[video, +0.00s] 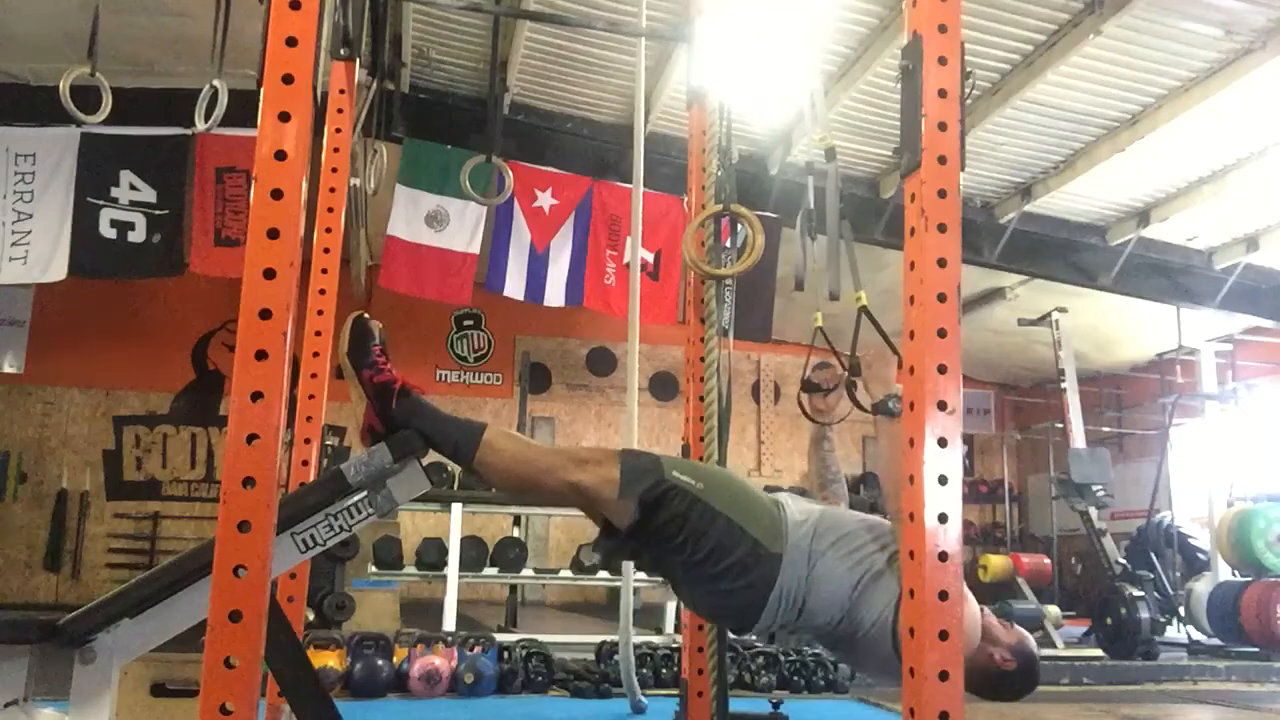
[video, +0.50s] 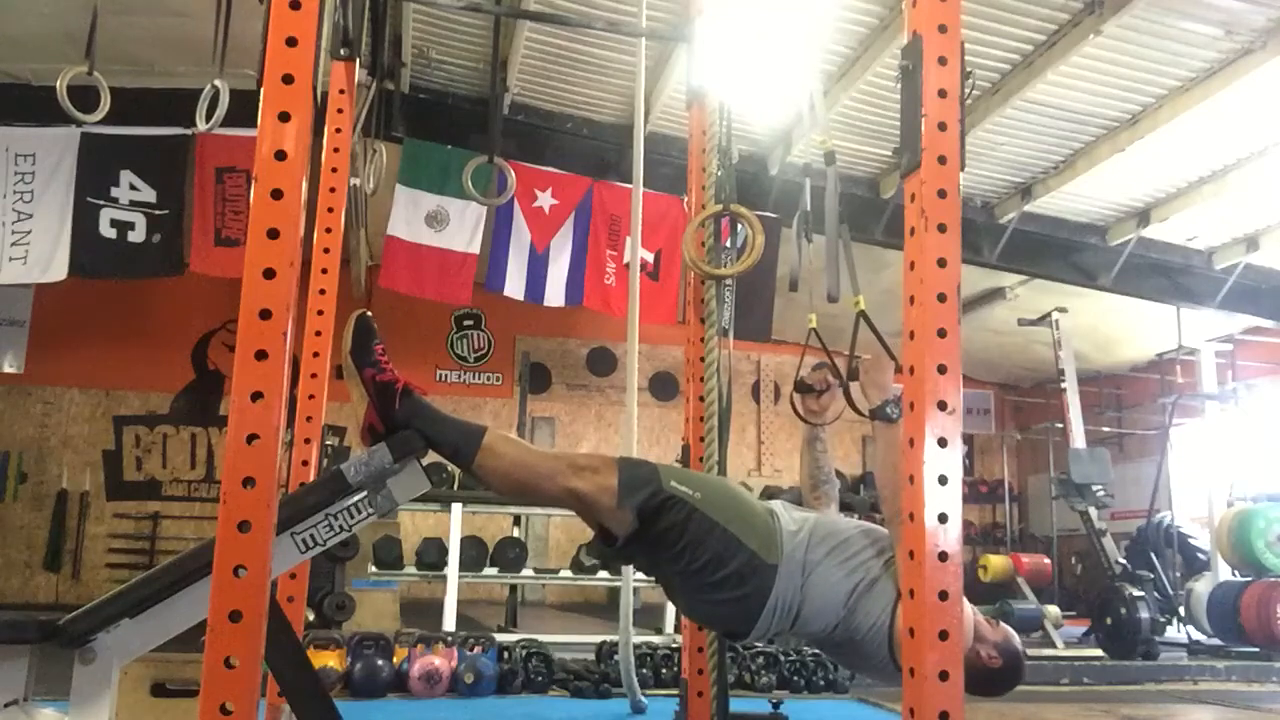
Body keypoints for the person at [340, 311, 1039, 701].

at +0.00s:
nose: (1000, 630)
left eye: (1005, 646)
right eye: (1011, 633)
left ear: (988, 665)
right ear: (995, 632)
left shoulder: (948, 624)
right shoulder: (926, 635)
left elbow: (925, 519)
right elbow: (889, 518)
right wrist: (841, 416)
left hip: (766, 556)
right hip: (761, 537)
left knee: (601, 473)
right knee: (589, 478)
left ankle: (402, 407)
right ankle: (416, 428)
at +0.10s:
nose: (997, 630)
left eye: (1003, 646)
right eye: (1008, 631)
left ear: (983, 668)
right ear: (991, 623)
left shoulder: (943, 632)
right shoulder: (931, 592)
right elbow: (870, 506)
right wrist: (836, 417)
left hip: (767, 556)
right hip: (759, 548)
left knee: (604, 476)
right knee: (587, 484)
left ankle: (405, 409)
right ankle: (410, 422)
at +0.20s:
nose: (997, 632)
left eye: (1002, 650)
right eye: (1007, 632)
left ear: (979, 672)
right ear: (991, 622)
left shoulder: (937, 649)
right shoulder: (938, 591)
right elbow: (899, 503)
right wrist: (847, 414)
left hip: (766, 563)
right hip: (759, 535)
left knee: (605, 476)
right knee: (587, 485)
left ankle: (404, 409)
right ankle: (408, 424)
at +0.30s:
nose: (992, 634)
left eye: (997, 652)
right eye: (1002, 634)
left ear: (977, 671)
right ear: (988, 619)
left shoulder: (935, 653)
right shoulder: (938, 596)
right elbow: (915, 510)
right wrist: (894, 419)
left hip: (766, 565)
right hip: (760, 532)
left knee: (608, 478)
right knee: (584, 487)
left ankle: (403, 408)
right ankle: (408, 428)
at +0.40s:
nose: (988, 630)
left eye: (993, 647)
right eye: (998, 632)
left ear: (975, 664)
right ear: (984, 623)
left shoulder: (938, 644)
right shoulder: (934, 609)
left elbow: (927, 521)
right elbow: (913, 509)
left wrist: (912, 417)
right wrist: (898, 419)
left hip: (765, 555)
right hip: (758, 561)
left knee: (598, 476)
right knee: (581, 490)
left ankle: (403, 407)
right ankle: (410, 431)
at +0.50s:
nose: (987, 628)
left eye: (992, 643)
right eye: (998, 632)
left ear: (973, 658)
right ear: (978, 636)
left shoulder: (941, 622)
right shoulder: (919, 641)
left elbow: (924, 516)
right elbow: (910, 511)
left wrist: (903, 414)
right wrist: (896, 419)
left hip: (765, 550)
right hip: (755, 577)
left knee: (598, 477)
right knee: (582, 491)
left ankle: (404, 408)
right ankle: (412, 437)